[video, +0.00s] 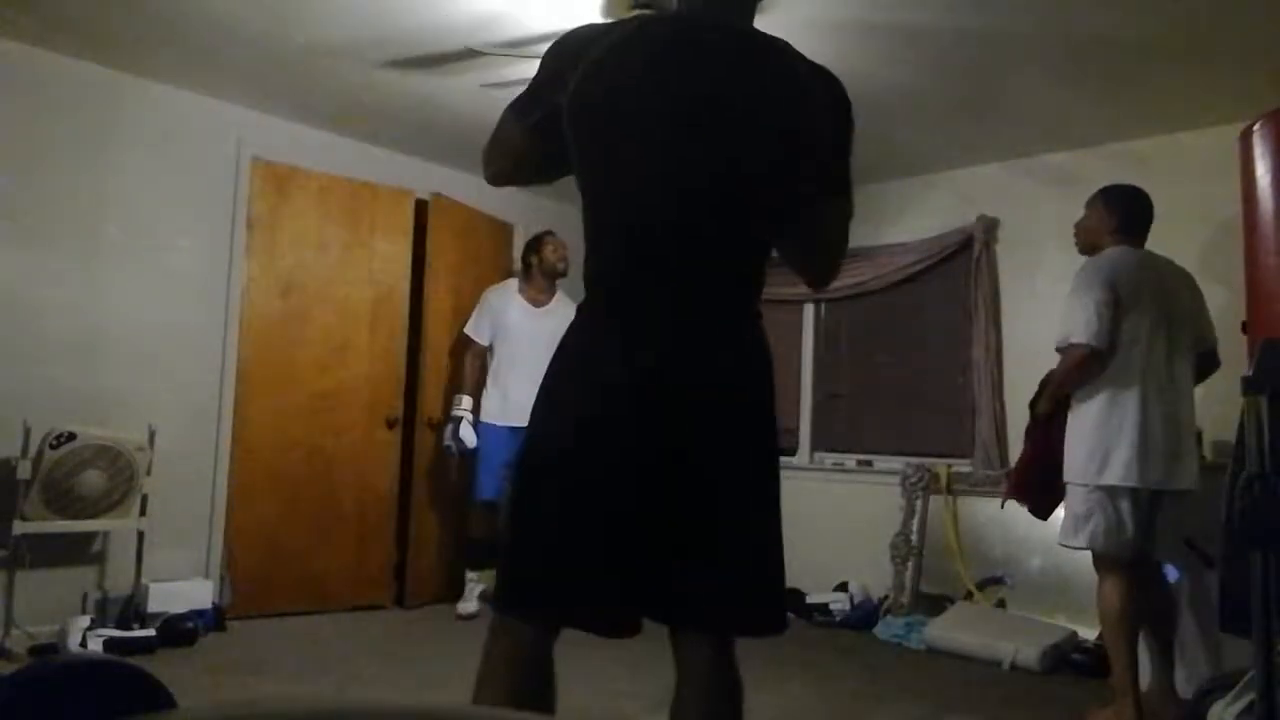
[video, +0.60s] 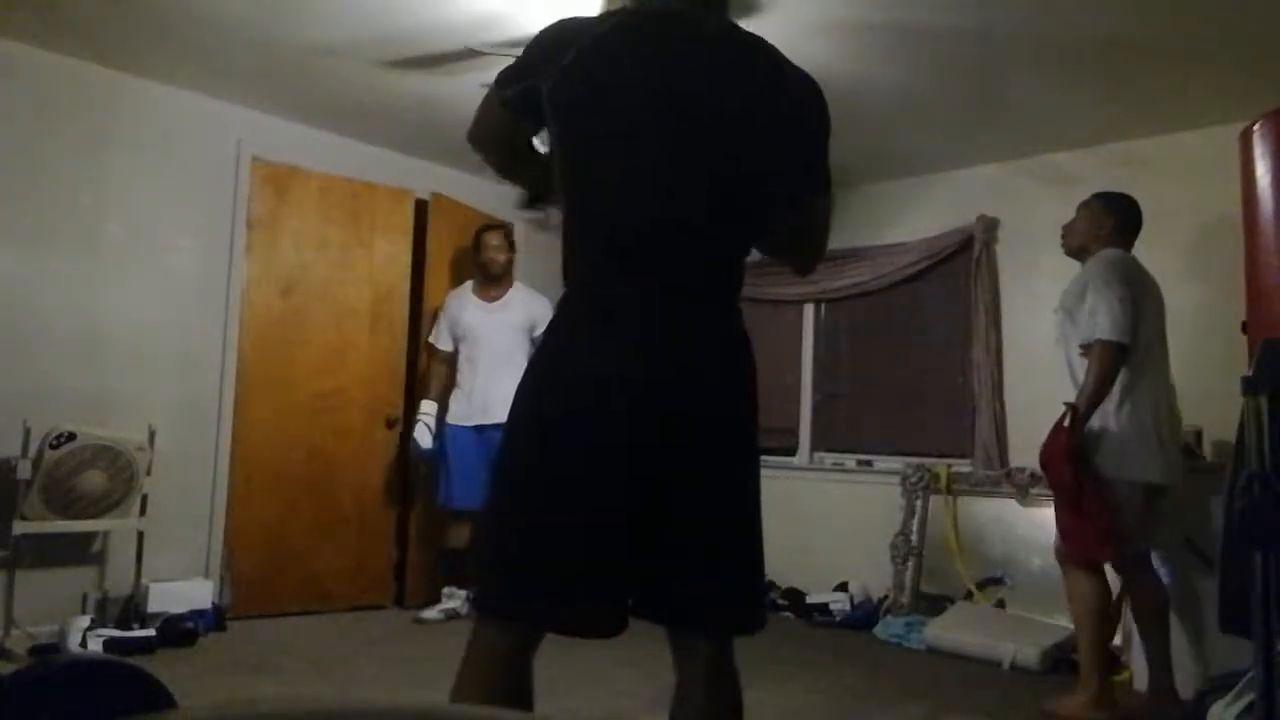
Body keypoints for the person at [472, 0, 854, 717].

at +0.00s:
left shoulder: (594, 54)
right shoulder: (808, 89)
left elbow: (504, 162)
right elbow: (819, 260)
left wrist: (607, 106)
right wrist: (754, 161)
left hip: (602, 363)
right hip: (723, 373)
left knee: (523, 620)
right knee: (705, 636)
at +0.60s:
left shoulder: (579, 39)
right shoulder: (787, 87)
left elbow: (491, 130)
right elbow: (802, 246)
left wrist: (545, 181)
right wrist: (720, 187)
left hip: (583, 353)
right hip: (706, 365)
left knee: (506, 624)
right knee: (703, 640)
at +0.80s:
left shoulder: (533, 38)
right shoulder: (747, 83)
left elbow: (442, 127)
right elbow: (792, 257)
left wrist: (460, 186)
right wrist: (708, 167)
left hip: (548, 357)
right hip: (673, 368)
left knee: (497, 642)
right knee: (689, 646)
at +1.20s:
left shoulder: (445, 30)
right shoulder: (664, 68)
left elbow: (362, 108)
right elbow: (743, 241)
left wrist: (467, 89)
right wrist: (686, 127)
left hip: (471, 363)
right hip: (599, 370)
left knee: (451, 645)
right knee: (639, 635)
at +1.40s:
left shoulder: (450, 36)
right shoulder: (658, 77)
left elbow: (394, 79)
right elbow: (711, 235)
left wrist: (441, 2)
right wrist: (677, 107)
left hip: (466, 365)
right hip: (592, 371)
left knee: (446, 644)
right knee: (633, 634)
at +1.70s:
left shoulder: (479, 58)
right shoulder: (676, 82)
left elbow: (455, 15)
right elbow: (682, 211)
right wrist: (688, 74)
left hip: (493, 362)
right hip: (614, 368)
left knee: (461, 640)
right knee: (650, 635)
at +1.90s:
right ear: (656, 2)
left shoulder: (512, 62)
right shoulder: (708, 92)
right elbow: (709, 208)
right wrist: (717, 79)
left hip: (523, 367)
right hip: (643, 375)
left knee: (476, 643)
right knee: (666, 641)